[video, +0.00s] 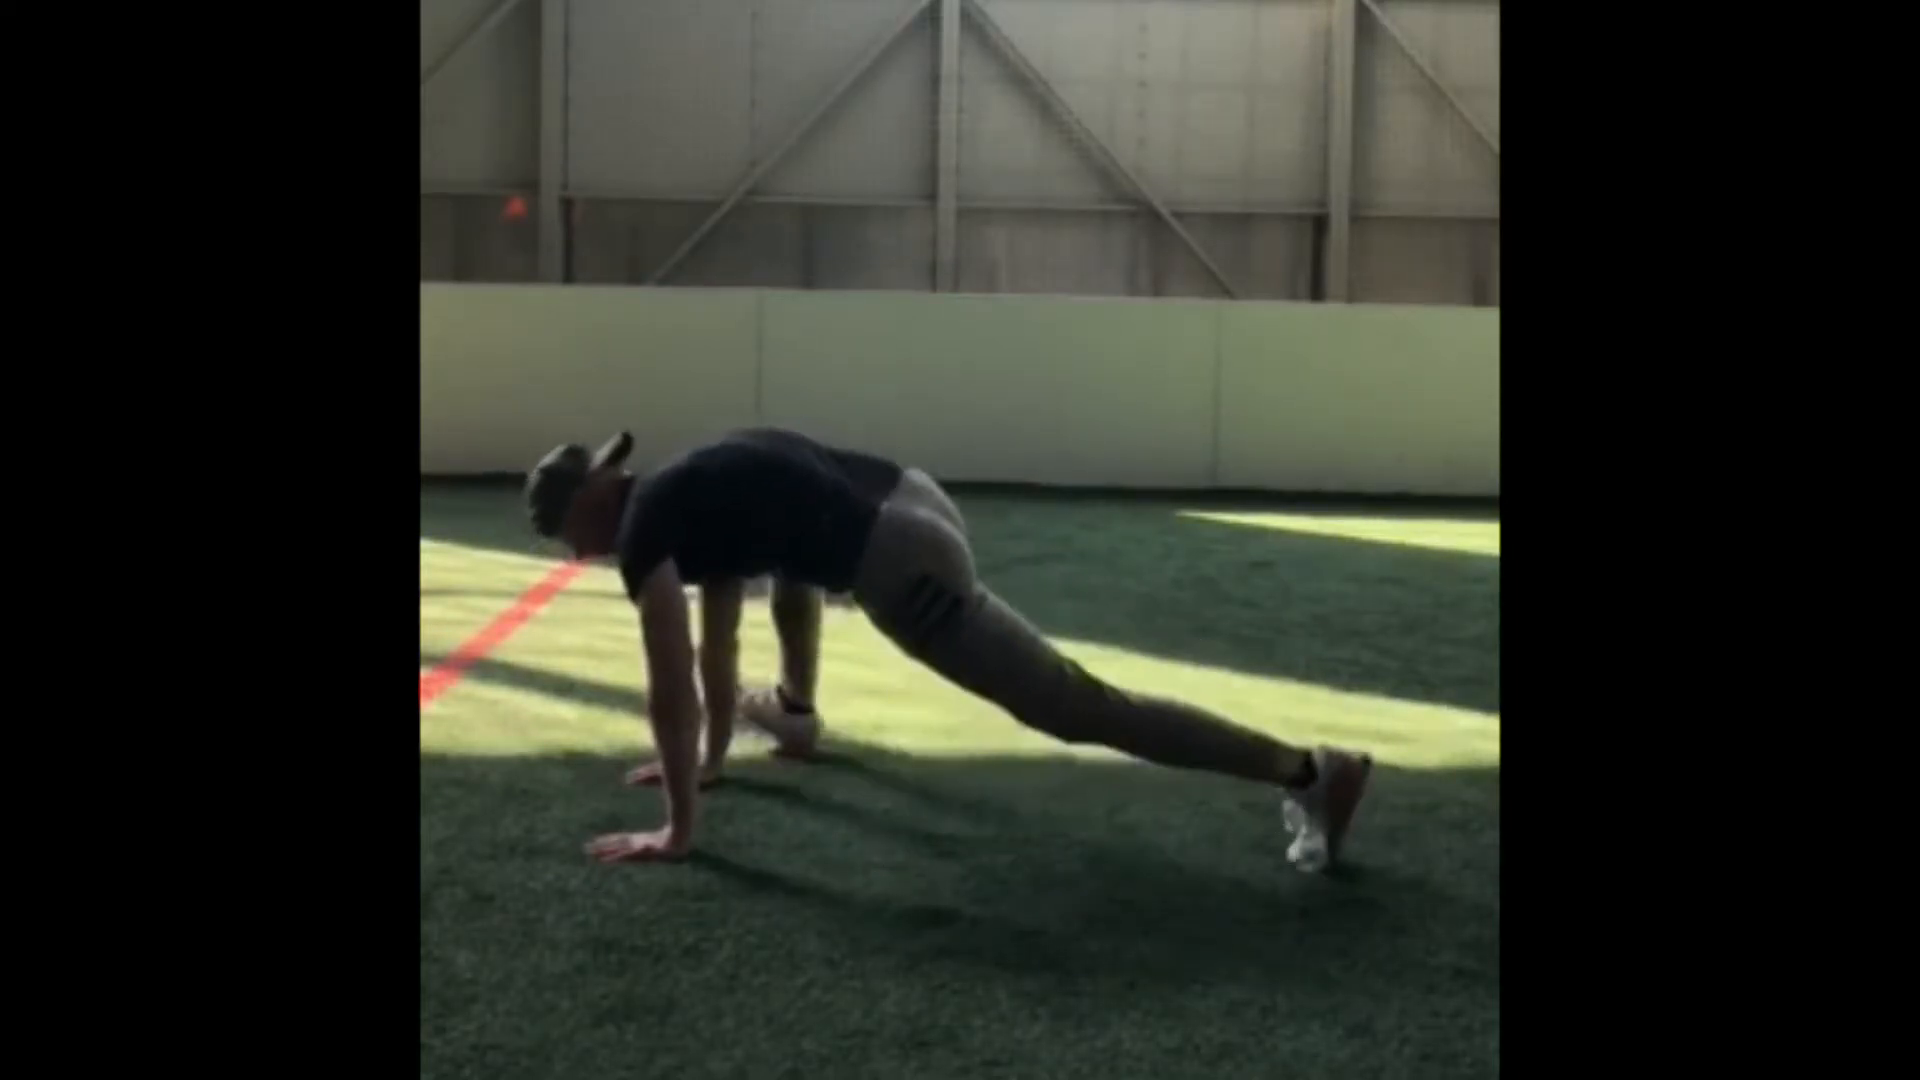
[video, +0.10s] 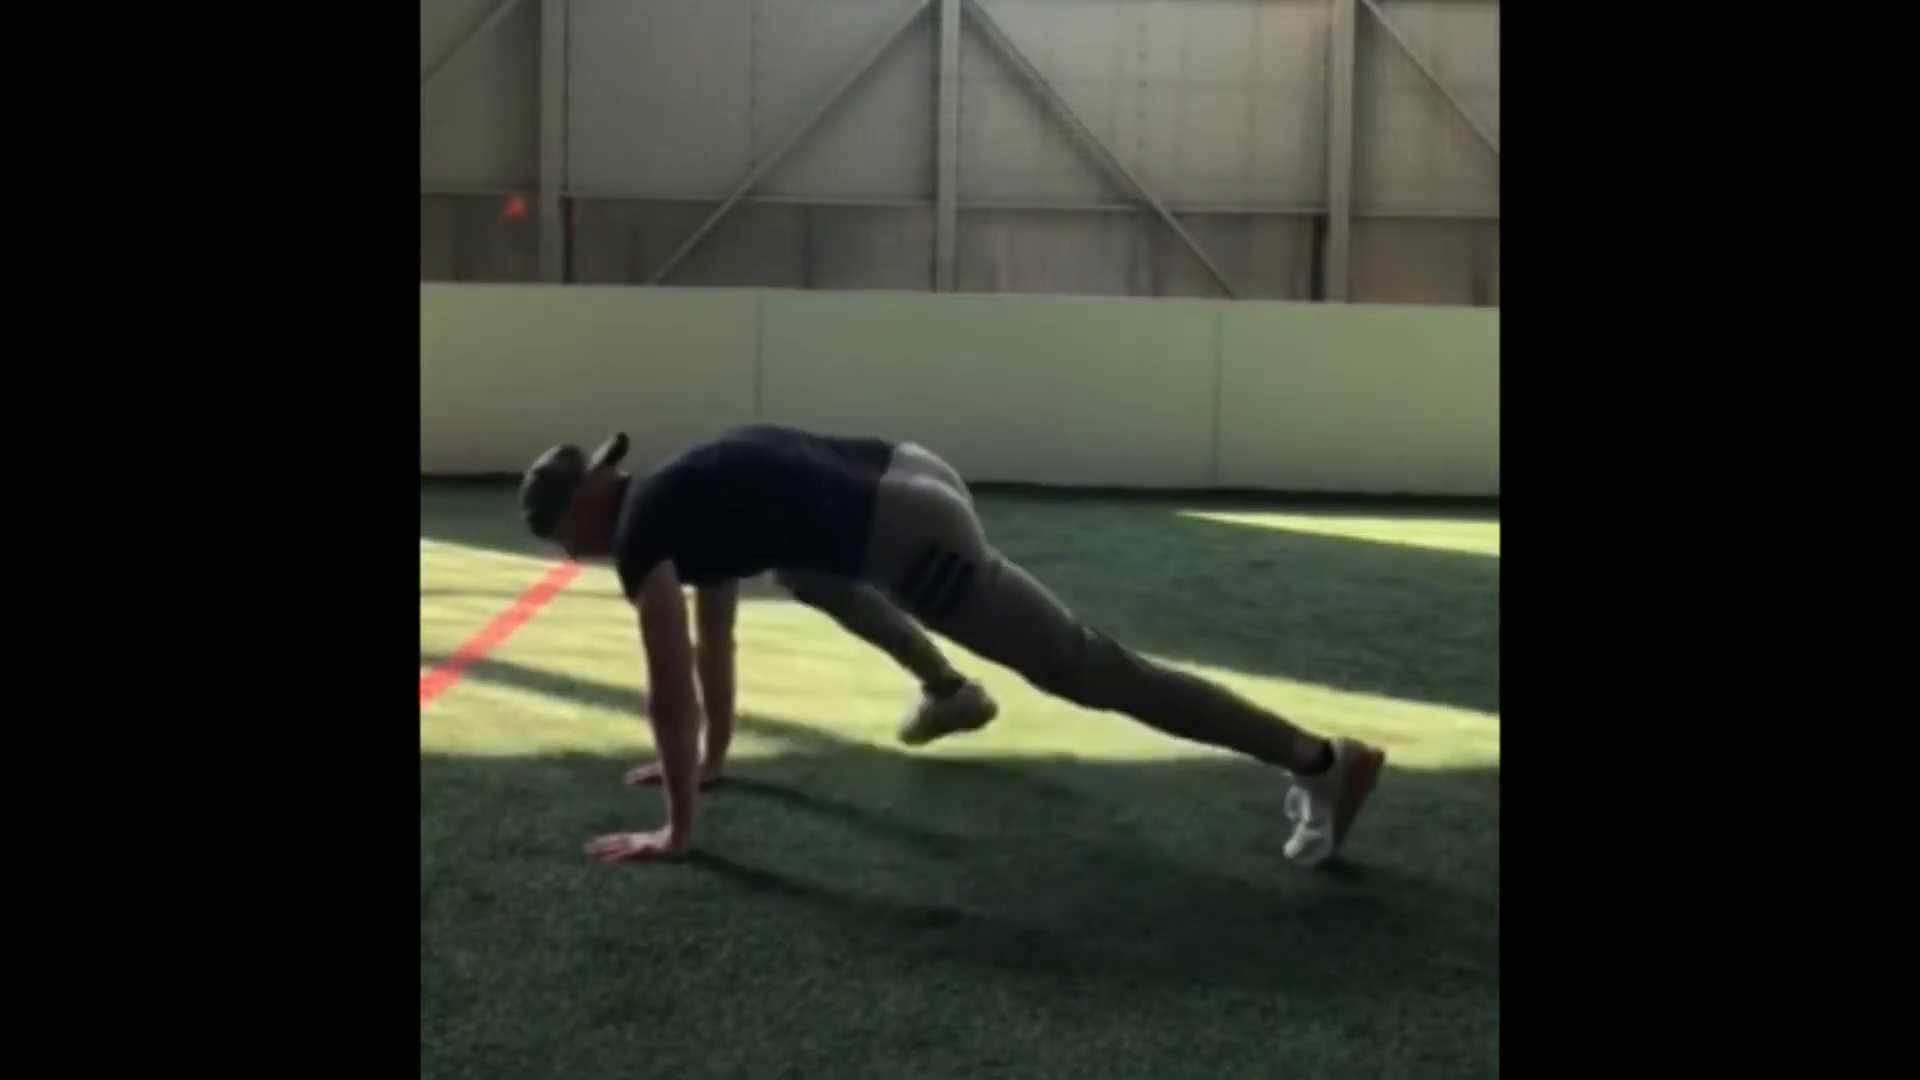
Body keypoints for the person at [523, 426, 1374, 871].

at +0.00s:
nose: (580, 556)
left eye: (571, 540)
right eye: (570, 543)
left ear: (589, 510)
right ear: (615, 481)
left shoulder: (645, 533)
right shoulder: (703, 488)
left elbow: (676, 689)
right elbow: (720, 651)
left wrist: (677, 829)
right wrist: (692, 764)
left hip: (897, 558)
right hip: (917, 500)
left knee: (1079, 708)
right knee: (777, 549)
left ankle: (1311, 777)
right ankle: (796, 718)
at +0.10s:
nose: (582, 563)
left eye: (574, 548)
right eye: (572, 551)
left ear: (587, 513)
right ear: (611, 482)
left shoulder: (645, 531)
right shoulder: (696, 496)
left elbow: (672, 687)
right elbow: (718, 656)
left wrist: (676, 827)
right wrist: (709, 757)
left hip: (908, 530)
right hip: (919, 475)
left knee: (1094, 672)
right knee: (798, 575)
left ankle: (1324, 762)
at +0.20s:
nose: (577, 563)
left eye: (567, 548)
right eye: (565, 551)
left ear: (582, 509)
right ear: (602, 482)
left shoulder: (643, 530)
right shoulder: (685, 500)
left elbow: (670, 687)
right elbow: (712, 656)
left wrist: (677, 829)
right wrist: (705, 758)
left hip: (913, 526)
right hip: (911, 501)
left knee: (1111, 668)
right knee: (898, 671)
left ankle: (1328, 760)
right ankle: (1087, 647)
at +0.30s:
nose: (577, 559)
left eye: (568, 542)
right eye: (565, 547)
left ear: (586, 505)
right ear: (604, 483)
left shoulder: (648, 529)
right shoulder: (686, 505)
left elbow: (673, 683)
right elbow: (715, 661)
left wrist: (676, 827)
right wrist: (706, 762)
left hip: (923, 567)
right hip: (918, 560)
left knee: (1110, 683)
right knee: (1016, 726)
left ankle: (1345, 768)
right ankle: (1210, 681)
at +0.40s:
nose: (590, 559)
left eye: (582, 543)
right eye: (580, 547)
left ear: (601, 508)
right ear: (625, 482)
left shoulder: (660, 532)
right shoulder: (703, 512)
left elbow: (682, 684)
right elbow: (728, 671)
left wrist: (678, 827)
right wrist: (708, 767)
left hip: (930, 608)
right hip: (933, 591)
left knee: (1093, 730)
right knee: (1069, 734)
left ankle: (1353, 776)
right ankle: (1290, 747)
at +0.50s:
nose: (582, 559)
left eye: (574, 542)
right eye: (572, 547)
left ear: (596, 506)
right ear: (617, 485)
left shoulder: (652, 536)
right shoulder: (702, 509)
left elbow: (678, 687)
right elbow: (731, 667)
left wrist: (677, 826)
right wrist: (710, 765)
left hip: (927, 591)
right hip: (928, 560)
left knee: (1100, 718)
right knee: (1096, 703)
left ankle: (1348, 769)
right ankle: (1307, 750)